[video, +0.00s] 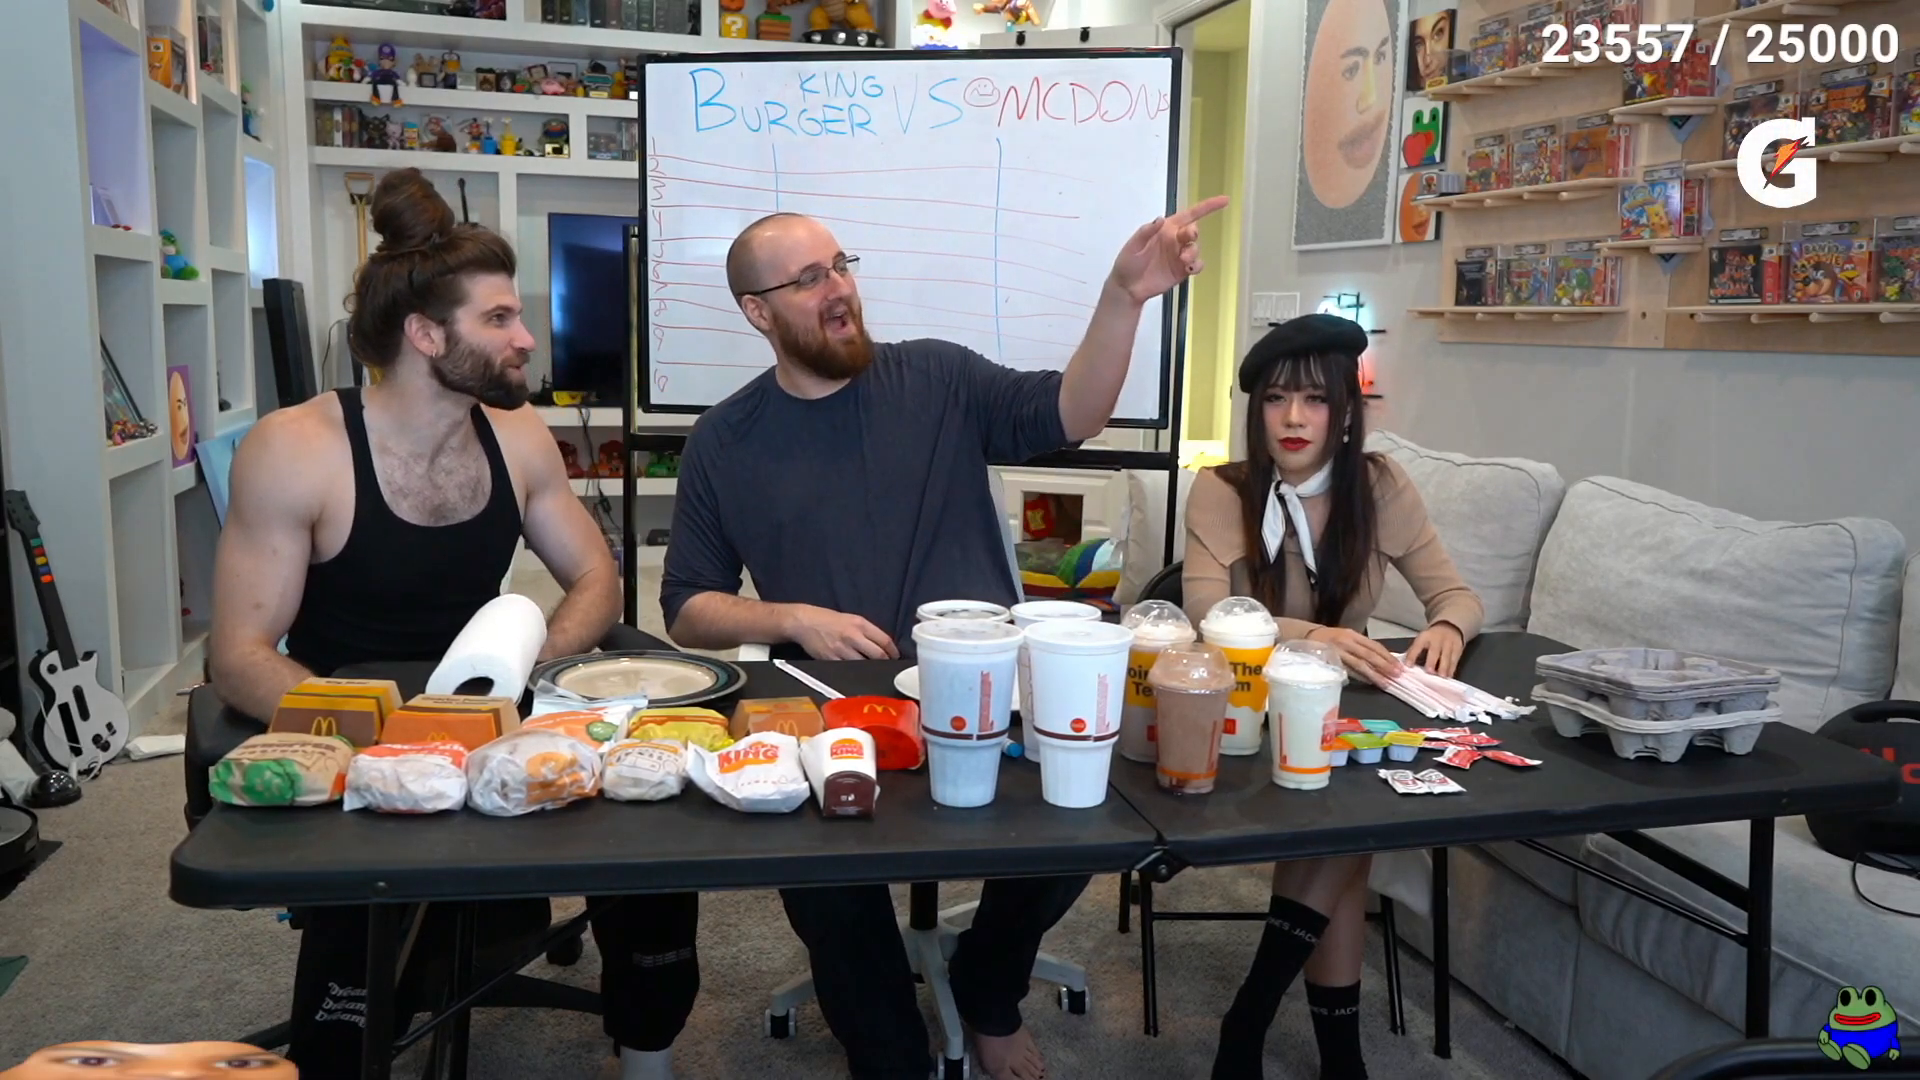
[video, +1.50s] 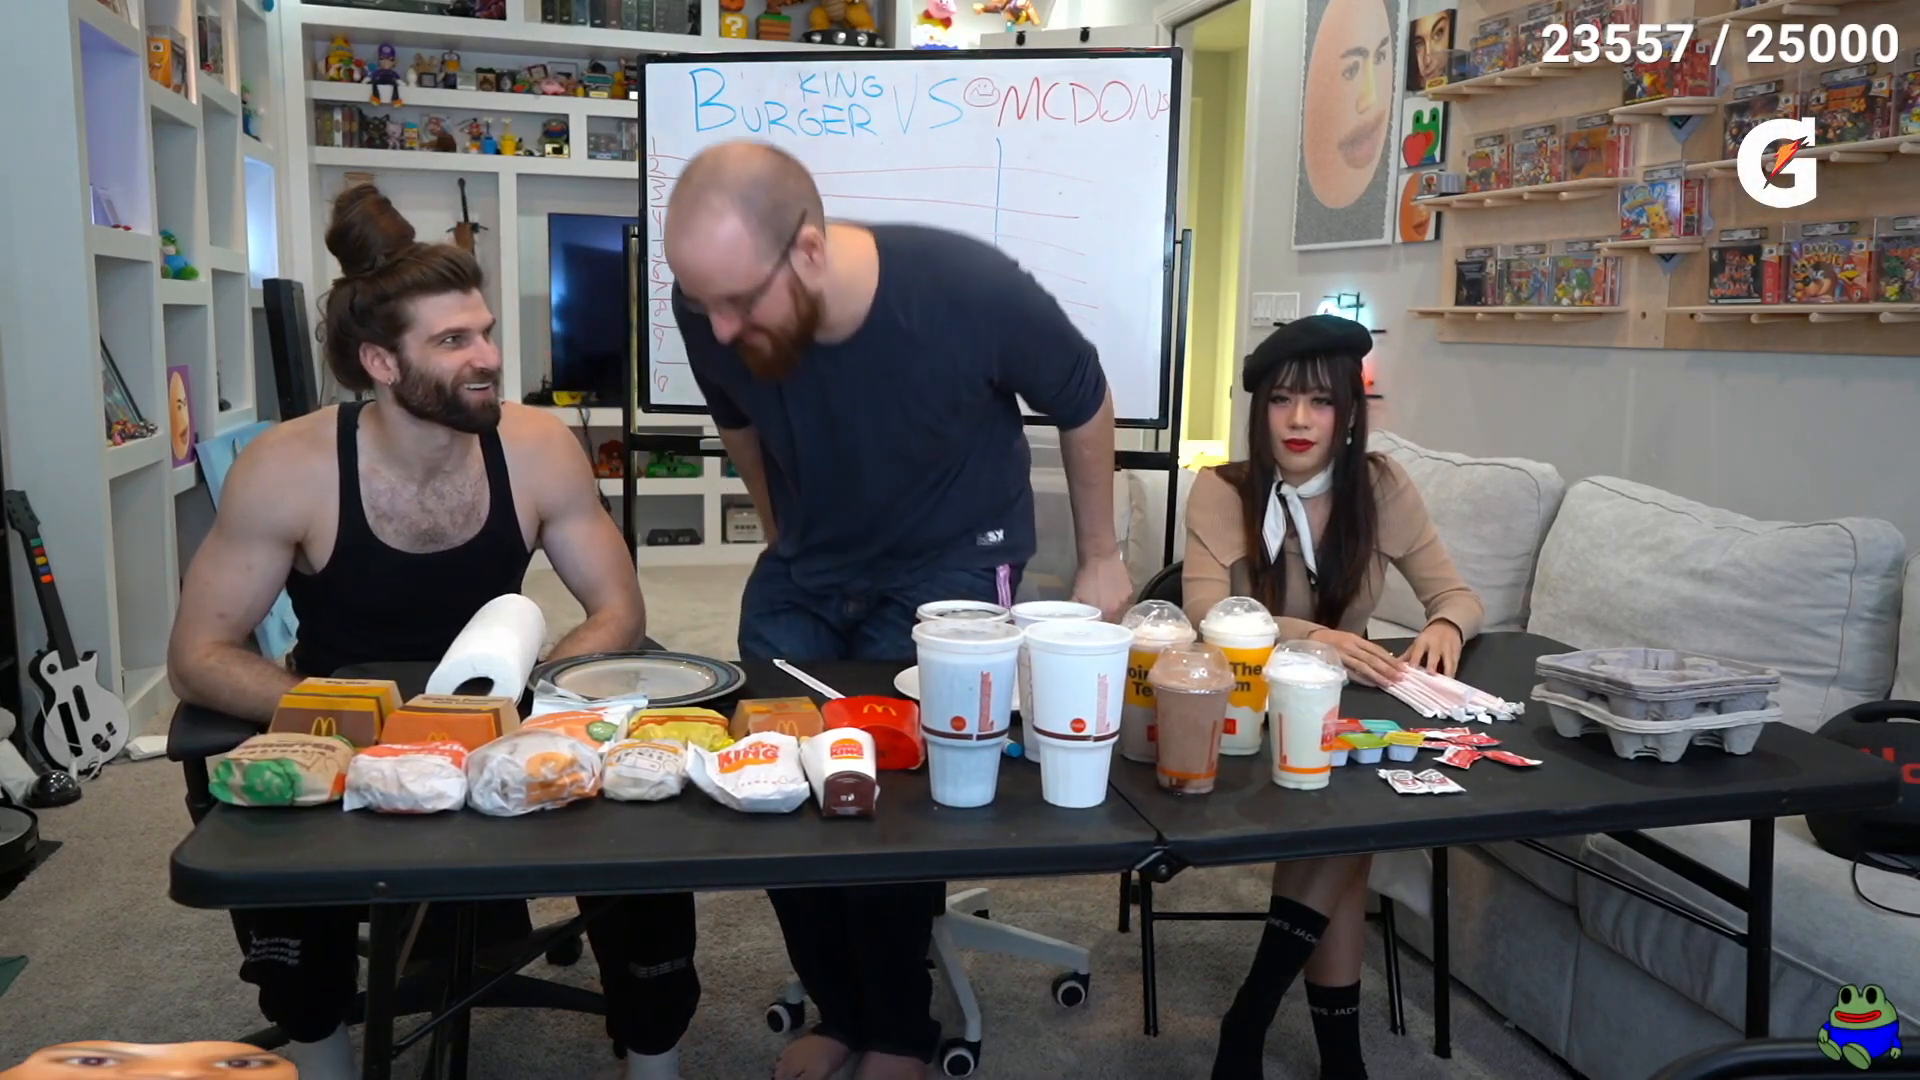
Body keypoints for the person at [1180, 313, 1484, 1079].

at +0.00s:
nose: (1293, 417)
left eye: (1315, 399)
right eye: (1277, 398)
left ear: (1347, 411)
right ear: (1255, 406)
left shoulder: (1377, 482)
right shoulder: (1221, 492)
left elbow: (1454, 594)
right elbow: (1210, 622)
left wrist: (1449, 626)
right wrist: (1308, 634)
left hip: (1337, 706)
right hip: (1241, 710)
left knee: (1347, 814)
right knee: (1351, 829)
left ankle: (1245, 1026)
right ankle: (1343, 1064)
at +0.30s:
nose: (1294, 417)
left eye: (1315, 399)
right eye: (1278, 397)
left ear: (1347, 411)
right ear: (1255, 405)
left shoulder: (1377, 482)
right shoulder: (1221, 492)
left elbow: (1450, 593)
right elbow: (1211, 620)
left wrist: (1454, 622)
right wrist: (1311, 633)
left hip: (1341, 706)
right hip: (1243, 709)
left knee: (1346, 817)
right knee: (1350, 830)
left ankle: (1244, 1027)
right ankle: (1343, 1064)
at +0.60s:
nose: (1292, 417)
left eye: (1314, 398)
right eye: (1277, 397)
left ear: (1346, 411)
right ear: (1255, 406)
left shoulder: (1377, 482)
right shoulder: (1220, 492)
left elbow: (1447, 593)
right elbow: (1209, 624)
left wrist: (1460, 624)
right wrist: (1308, 634)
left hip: (1337, 705)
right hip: (1240, 710)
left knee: (1347, 815)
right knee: (1351, 832)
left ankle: (1245, 1025)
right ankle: (1343, 1064)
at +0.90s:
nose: (1295, 417)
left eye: (1316, 399)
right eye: (1278, 398)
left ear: (1348, 412)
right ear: (1255, 407)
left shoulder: (1379, 483)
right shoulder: (1221, 492)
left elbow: (1453, 594)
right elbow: (1209, 621)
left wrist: (1451, 625)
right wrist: (1307, 633)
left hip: (1337, 706)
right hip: (1241, 712)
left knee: (1346, 814)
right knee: (1350, 829)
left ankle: (1246, 1023)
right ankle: (1343, 1063)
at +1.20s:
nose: (1299, 419)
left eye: (1320, 401)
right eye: (1282, 399)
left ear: (1350, 412)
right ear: (1258, 406)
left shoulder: (1379, 483)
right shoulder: (1221, 492)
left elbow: (1455, 594)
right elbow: (1209, 622)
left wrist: (1449, 626)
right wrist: (1310, 634)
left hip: (1336, 706)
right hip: (1240, 712)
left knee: (1348, 814)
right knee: (1351, 828)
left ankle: (1246, 1024)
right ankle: (1343, 1064)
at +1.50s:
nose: (1299, 419)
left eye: (1320, 401)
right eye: (1282, 399)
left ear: (1350, 412)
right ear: (1258, 407)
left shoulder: (1379, 484)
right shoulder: (1221, 492)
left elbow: (1455, 595)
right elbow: (1210, 622)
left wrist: (1446, 625)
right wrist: (1307, 634)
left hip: (1337, 706)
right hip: (1242, 712)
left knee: (1348, 815)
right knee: (1351, 832)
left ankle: (1245, 1025)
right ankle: (1343, 1065)